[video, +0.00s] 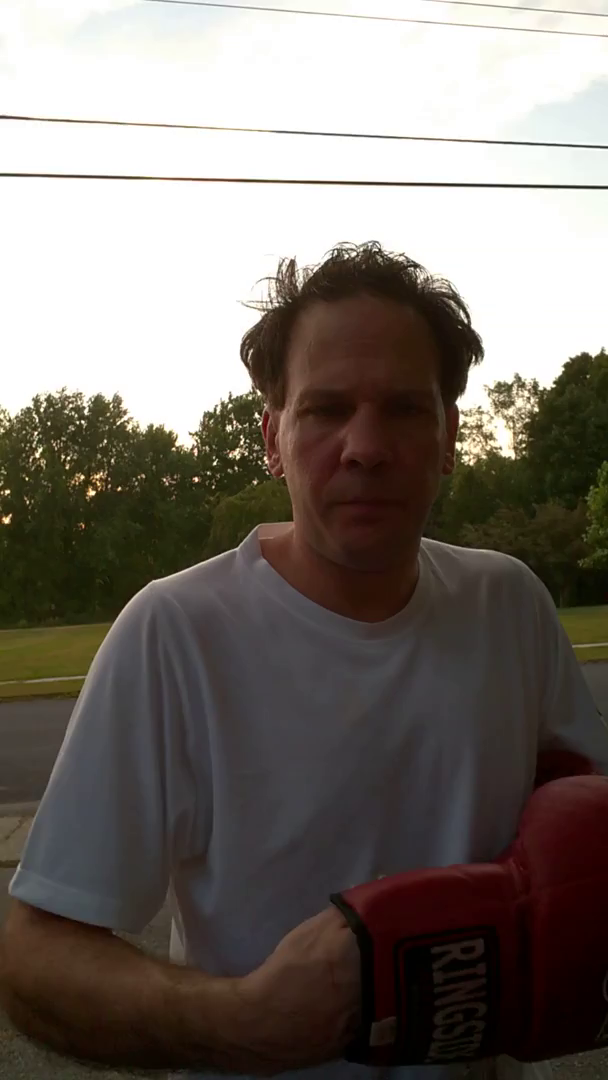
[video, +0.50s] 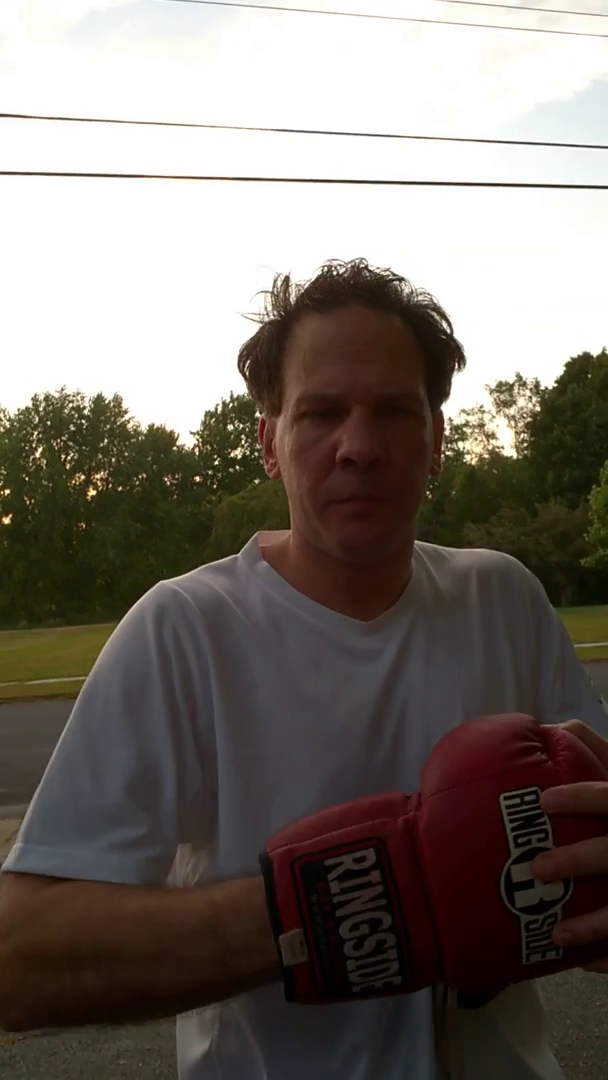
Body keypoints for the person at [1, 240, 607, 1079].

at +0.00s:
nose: (365, 448)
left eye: (403, 409)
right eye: (327, 410)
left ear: (448, 438)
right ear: (273, 438)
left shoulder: (508, 605)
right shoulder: (172, 633)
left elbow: (589, 805)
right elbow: (30, 952)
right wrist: (240, 1019)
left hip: (482, 1059)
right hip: (271, 1067)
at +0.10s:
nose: (368, 448)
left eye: (405, 409)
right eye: (330, 410)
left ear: (449, 439)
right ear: (274, 437)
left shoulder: (507, 604)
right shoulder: (174, 630)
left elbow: (591, 802)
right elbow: (19, 949)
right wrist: (268, 996)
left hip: (493, 1061)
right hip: (259, 1067)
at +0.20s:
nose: (368, 447)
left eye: (404, 409)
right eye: (330, 410)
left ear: (447, 441)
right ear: (275, 440)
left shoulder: (504, 601)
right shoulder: (179, 630)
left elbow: (591, 815)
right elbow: (21, 950)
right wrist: (317, 954)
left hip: (495, 1057)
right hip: (266, 1065)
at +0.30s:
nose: (367, 445)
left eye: (402, 409)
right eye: (329, 409)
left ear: (443, 441)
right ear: (274, 441)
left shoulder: (501, 602)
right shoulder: (180, 630)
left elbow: (593, 812)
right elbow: (21, 948)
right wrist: (322, 913)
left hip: (491, 1053)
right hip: (263, 1065)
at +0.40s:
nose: (363, 446)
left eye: (398, 411)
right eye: (326, 411)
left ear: (438, 440)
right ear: (272, 442)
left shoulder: (501, 601)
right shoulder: (180, 630)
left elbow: (591, 808)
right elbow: (19, 955)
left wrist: (588, 854)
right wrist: (330, 889)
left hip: (495, 1054)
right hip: (264, 1066)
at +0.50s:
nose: (359, 446)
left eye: (394, 411)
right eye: (323, 412)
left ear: (435, 440)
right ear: (271, 443)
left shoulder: (502, 600)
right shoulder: (180, 632)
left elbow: (592, 814)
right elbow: (17, 950)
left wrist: (594, 867)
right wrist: (342, 904)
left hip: (498, 1055)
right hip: (267, 1066)